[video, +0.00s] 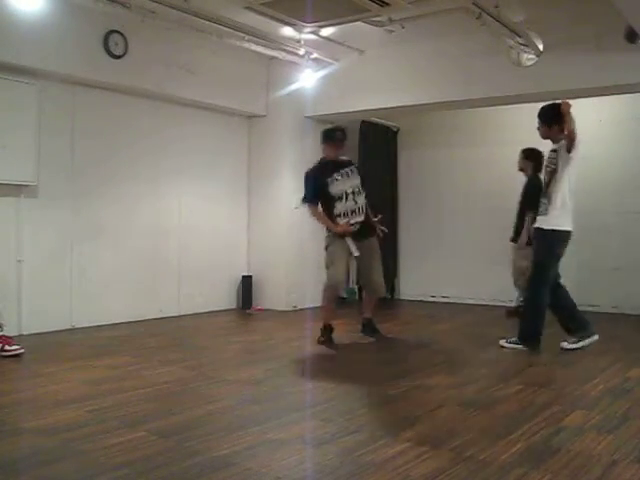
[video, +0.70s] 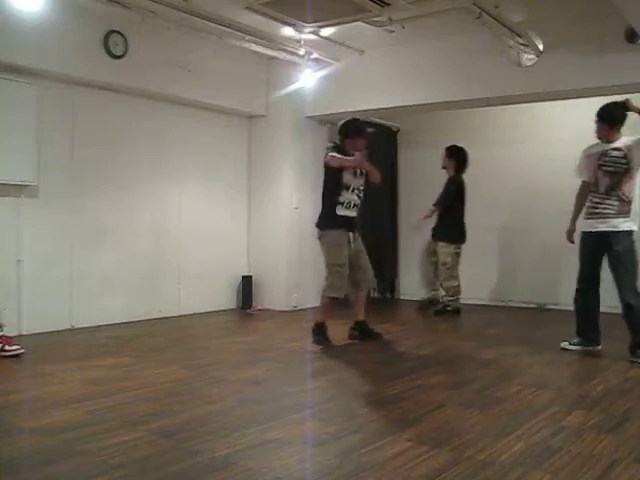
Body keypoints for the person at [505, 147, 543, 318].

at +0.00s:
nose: (518, 164)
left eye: (522, 160)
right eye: (520, 160)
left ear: (530, 163)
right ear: (532, 163)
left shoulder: (534, 182)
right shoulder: (532, 181)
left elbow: (531, 211)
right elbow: (528, 210)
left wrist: (525, 234)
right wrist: (520, 231)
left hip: (525, 237)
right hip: (523, 235)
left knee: (523, 271)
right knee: (522, 271)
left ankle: (523, 302)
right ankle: (521, 301)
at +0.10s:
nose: (509, 162)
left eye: (512, 159)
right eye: (509, 159)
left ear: (521, 161)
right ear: (520, 161)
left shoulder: (524, 181)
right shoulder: (524, 180)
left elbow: (526, 208)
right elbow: (526, 208)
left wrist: (526, 231)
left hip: (514, 235)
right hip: (518, 234)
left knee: (499, 262)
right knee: (520, 272)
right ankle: (523, 302)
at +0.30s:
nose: (486, 164)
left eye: (489, 161)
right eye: (487, 161)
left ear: (498, 164)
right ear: (499, 164)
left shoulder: (499, 184)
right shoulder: (497, 183)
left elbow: (508, 210)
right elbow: (481, 207)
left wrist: (515, 234)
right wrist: (459, 218)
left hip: (492, 240)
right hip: (500, 240)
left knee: (477, 272)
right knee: (509, 273)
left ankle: (460, 300)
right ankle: (523, 301)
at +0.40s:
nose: (474, 163)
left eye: (477, 160)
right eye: (475, 160)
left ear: (485, 164)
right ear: (486, 165)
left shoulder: (485, 184)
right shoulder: (485, 183)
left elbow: (490, 213)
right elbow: (469, 208)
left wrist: (497, 236)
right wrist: (448, 215)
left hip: (476, 240)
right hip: (487, 240)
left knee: (467, 272)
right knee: (493, 271)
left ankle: (455, 303)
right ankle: (515, 297)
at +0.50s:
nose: (463, 163)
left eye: (466, 160)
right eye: (465, 159)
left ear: (474, 164)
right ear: (474, 164)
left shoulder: (473, 185)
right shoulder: (471, 184)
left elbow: (473, 214)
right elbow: (461, 210)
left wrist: (473, 236)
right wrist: (443, 220)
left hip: (463, 238)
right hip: (470, 238)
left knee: (457, 270)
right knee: (472, 271)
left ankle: (453, 302)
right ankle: (494, 289)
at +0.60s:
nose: (452, 161)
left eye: (456, 158)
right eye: (454, 157)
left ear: (463, 161)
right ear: (465, 161)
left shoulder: (462, 183)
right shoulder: (465, 182)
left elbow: (455, 211)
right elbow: (457, 210)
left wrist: (445, 229)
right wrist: (448, 228)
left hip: (458, 234)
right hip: (461, 233)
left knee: (446, 262)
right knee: (452, 264)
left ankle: (455, 298)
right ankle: (463, 290)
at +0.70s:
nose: (443, 162)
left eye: (446, 158)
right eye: (444, 158)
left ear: (454, 161)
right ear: (456, 162)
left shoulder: (455, 183)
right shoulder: (451, 182)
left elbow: (443, 203)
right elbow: (444, 203)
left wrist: (429, 213)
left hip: (451, 234)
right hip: (441, 232)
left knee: (447, 268)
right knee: (433, 263)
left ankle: (452, 301)